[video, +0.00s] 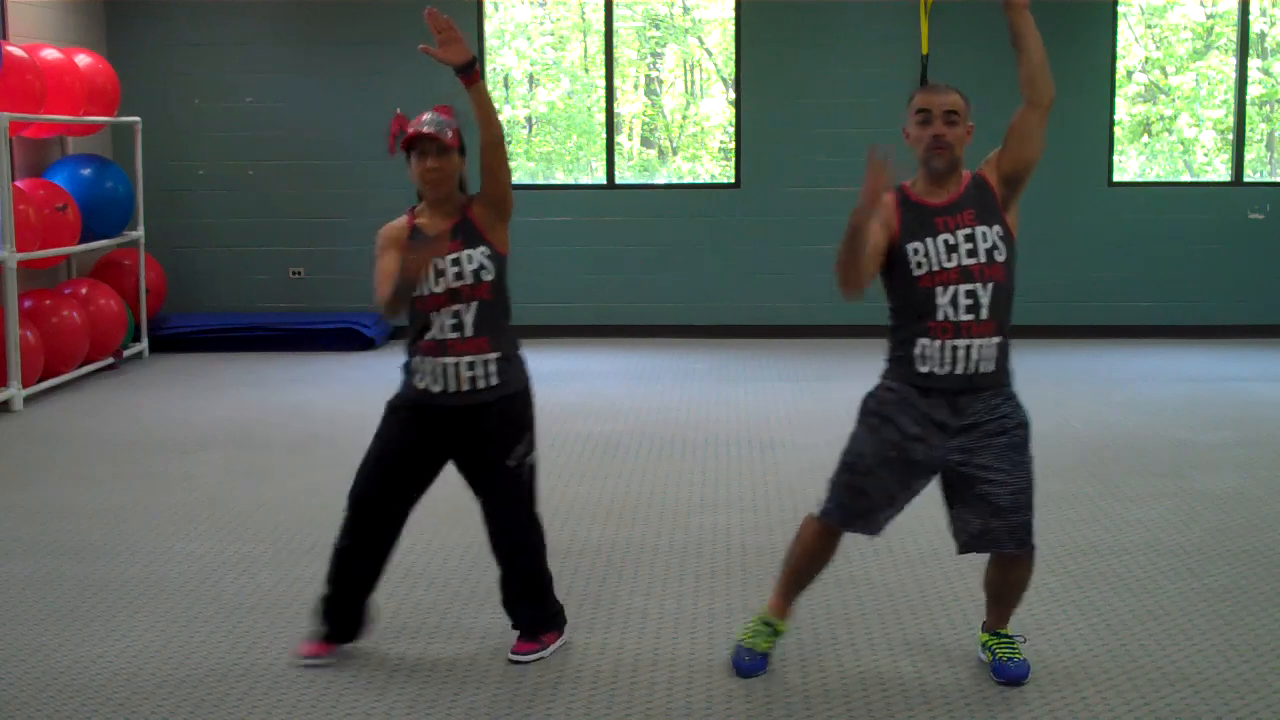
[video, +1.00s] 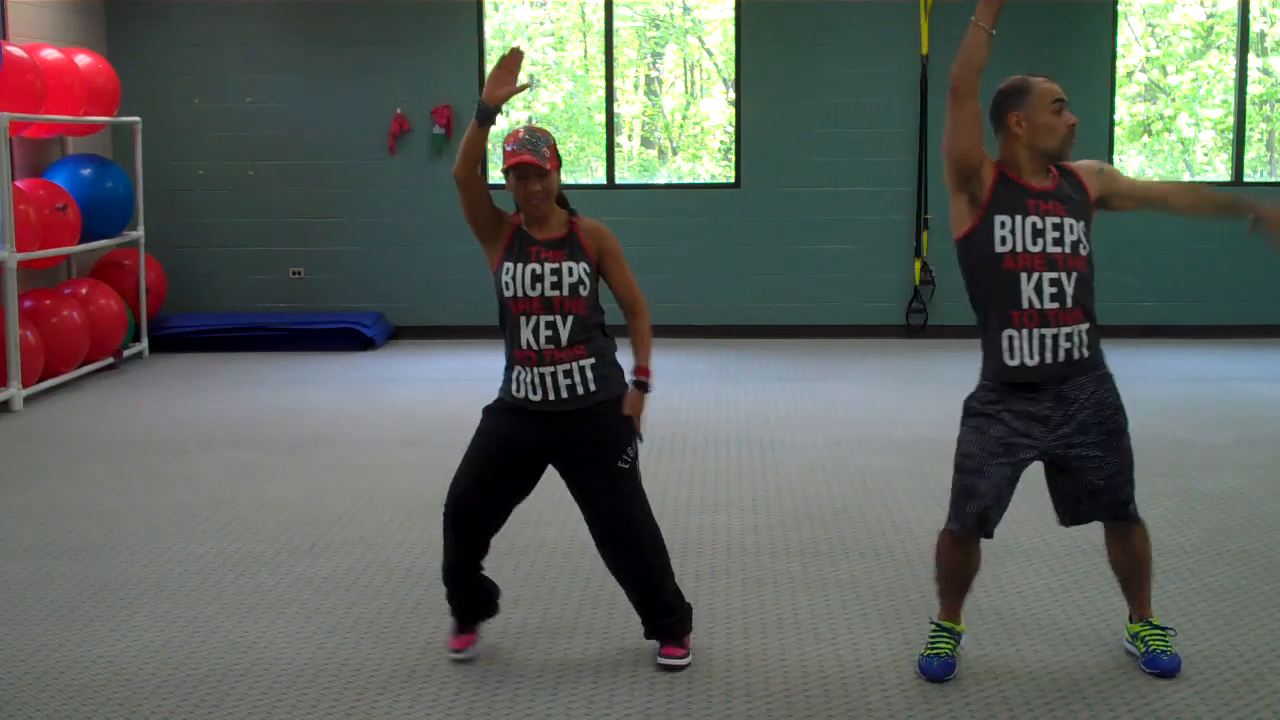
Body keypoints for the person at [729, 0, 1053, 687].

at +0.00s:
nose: (938, 127)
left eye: (951, 117)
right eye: (925, 117)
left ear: (969, 133)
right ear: (909, 132)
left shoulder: (996, 188)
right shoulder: (889, 208)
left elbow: (1040, 100)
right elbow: (852, 284)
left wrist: (1020, 12)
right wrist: (866, 207)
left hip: (989, 406)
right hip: (907, 403)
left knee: (1015, 543)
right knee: (832, 518)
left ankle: (997, 632)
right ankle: (773, 618)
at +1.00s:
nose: (1070, 117)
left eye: (1068, 107)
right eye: (1056, 108)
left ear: (1049, 123)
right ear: (1013, 125)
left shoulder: (1088, 180)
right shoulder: (976, 184)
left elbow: (1174, 195)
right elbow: (961, 85)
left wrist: (1251, 207)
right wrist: (988, 7)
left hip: (1085, 391)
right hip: (1005, 397)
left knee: (1122, 513)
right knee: (964, 523)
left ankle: (1143, 623)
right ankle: (947, 624)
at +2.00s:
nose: (906, 123)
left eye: (920, 113)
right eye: (906, 113)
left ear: (964, 125)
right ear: (908, 122)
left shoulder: (1000, 179)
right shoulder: (888, 180)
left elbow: (1031, 87)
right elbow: (812, 139)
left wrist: (1011, 4)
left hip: (980, 399)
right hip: (899, 395)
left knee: (996, 532)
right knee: (847, 511)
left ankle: (984, 630)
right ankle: (795, 614)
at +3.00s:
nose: (968, 118)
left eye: (981, 106)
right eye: (954, 107)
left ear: (1002, 117)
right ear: (937, 120)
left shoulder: (1027, 176)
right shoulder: (925, 183)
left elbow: (1042, 79)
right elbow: (917, 91)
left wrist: (1010, 1)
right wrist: (950, 8)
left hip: (1014, 391)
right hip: (936, 391)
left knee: (1032, 520)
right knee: (925, 519)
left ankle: (996, 621)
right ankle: (943, 622)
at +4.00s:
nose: (1030, 129)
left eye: (1034, 119)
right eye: (1015, 118)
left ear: (1036, 132)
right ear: (976, 130)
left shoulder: (1047, 200)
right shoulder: (942, 182)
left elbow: (1122, 231)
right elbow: (928, 94)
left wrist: (1096, 178)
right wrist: (948, 12)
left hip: (1027, 394)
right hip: (951, 397)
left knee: (1063, 522)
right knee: (942, 530)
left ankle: (1045, 610)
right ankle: (944, 628)